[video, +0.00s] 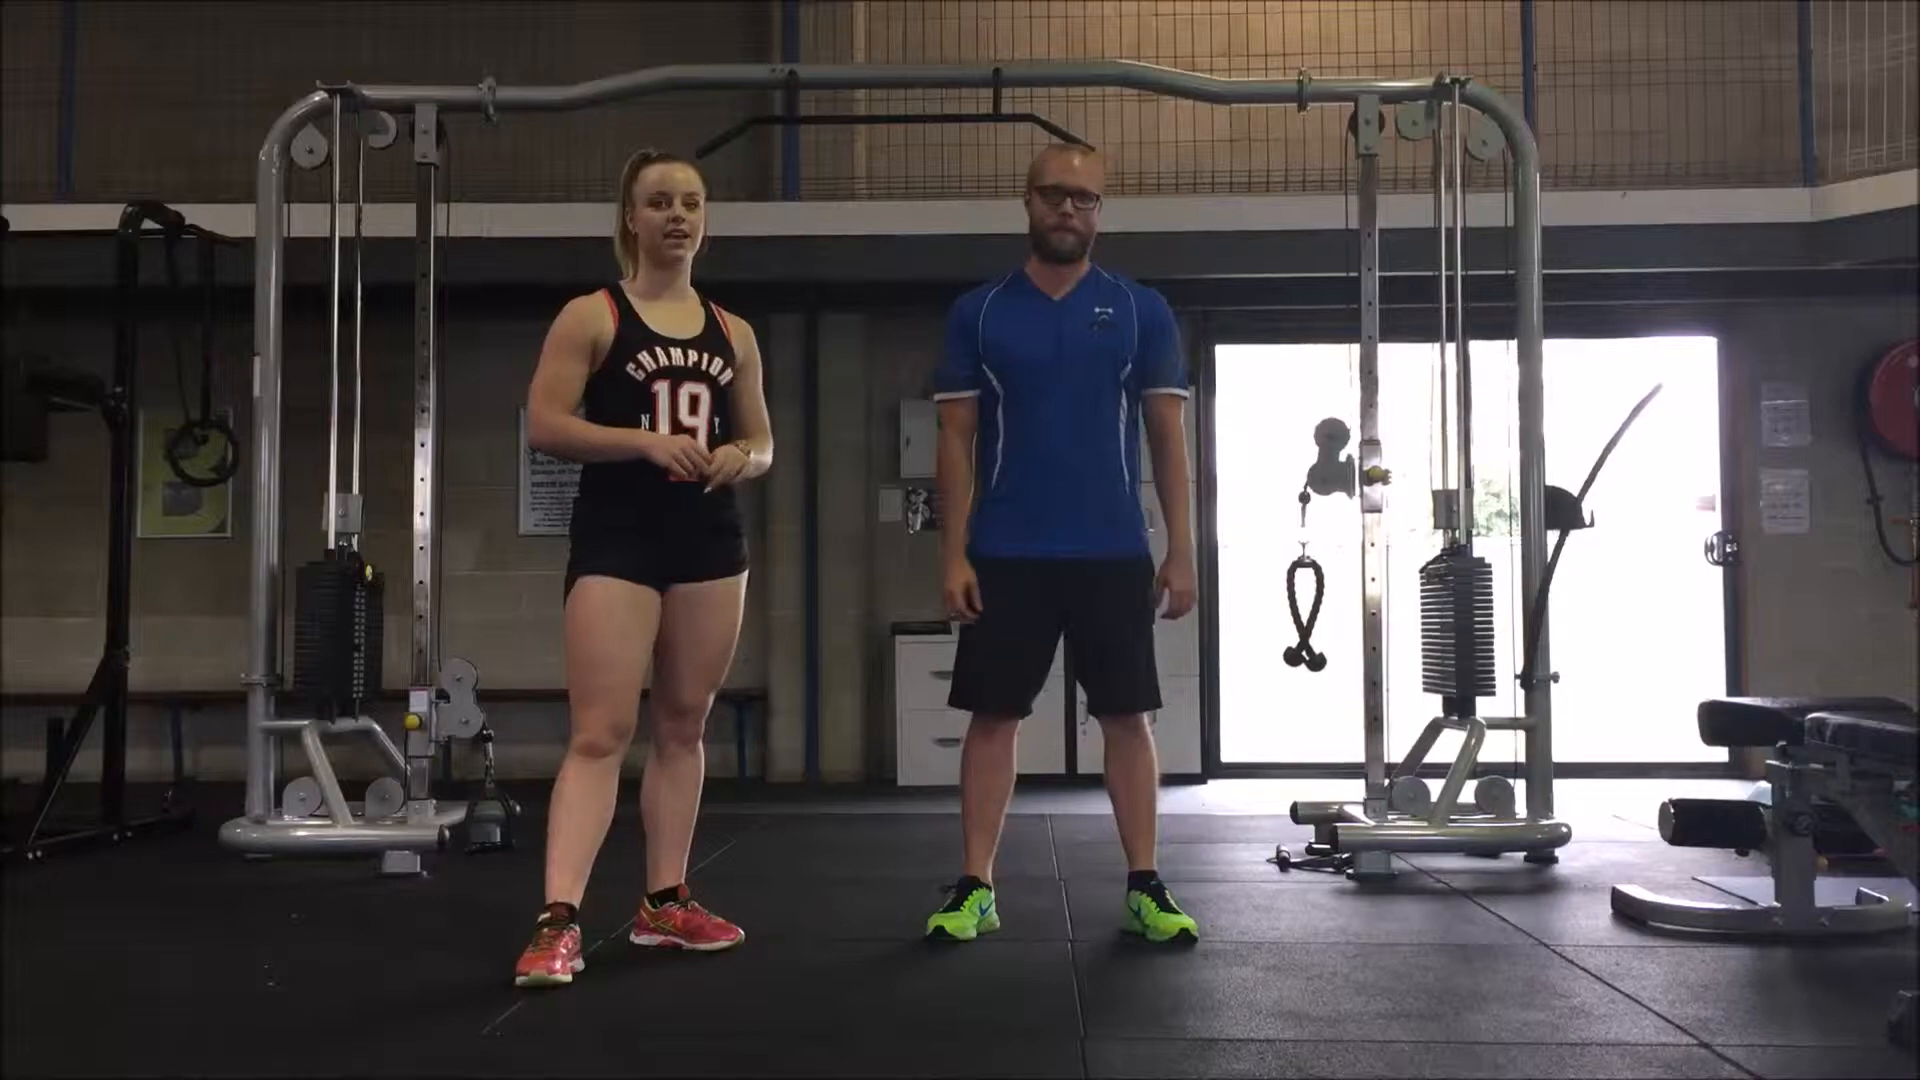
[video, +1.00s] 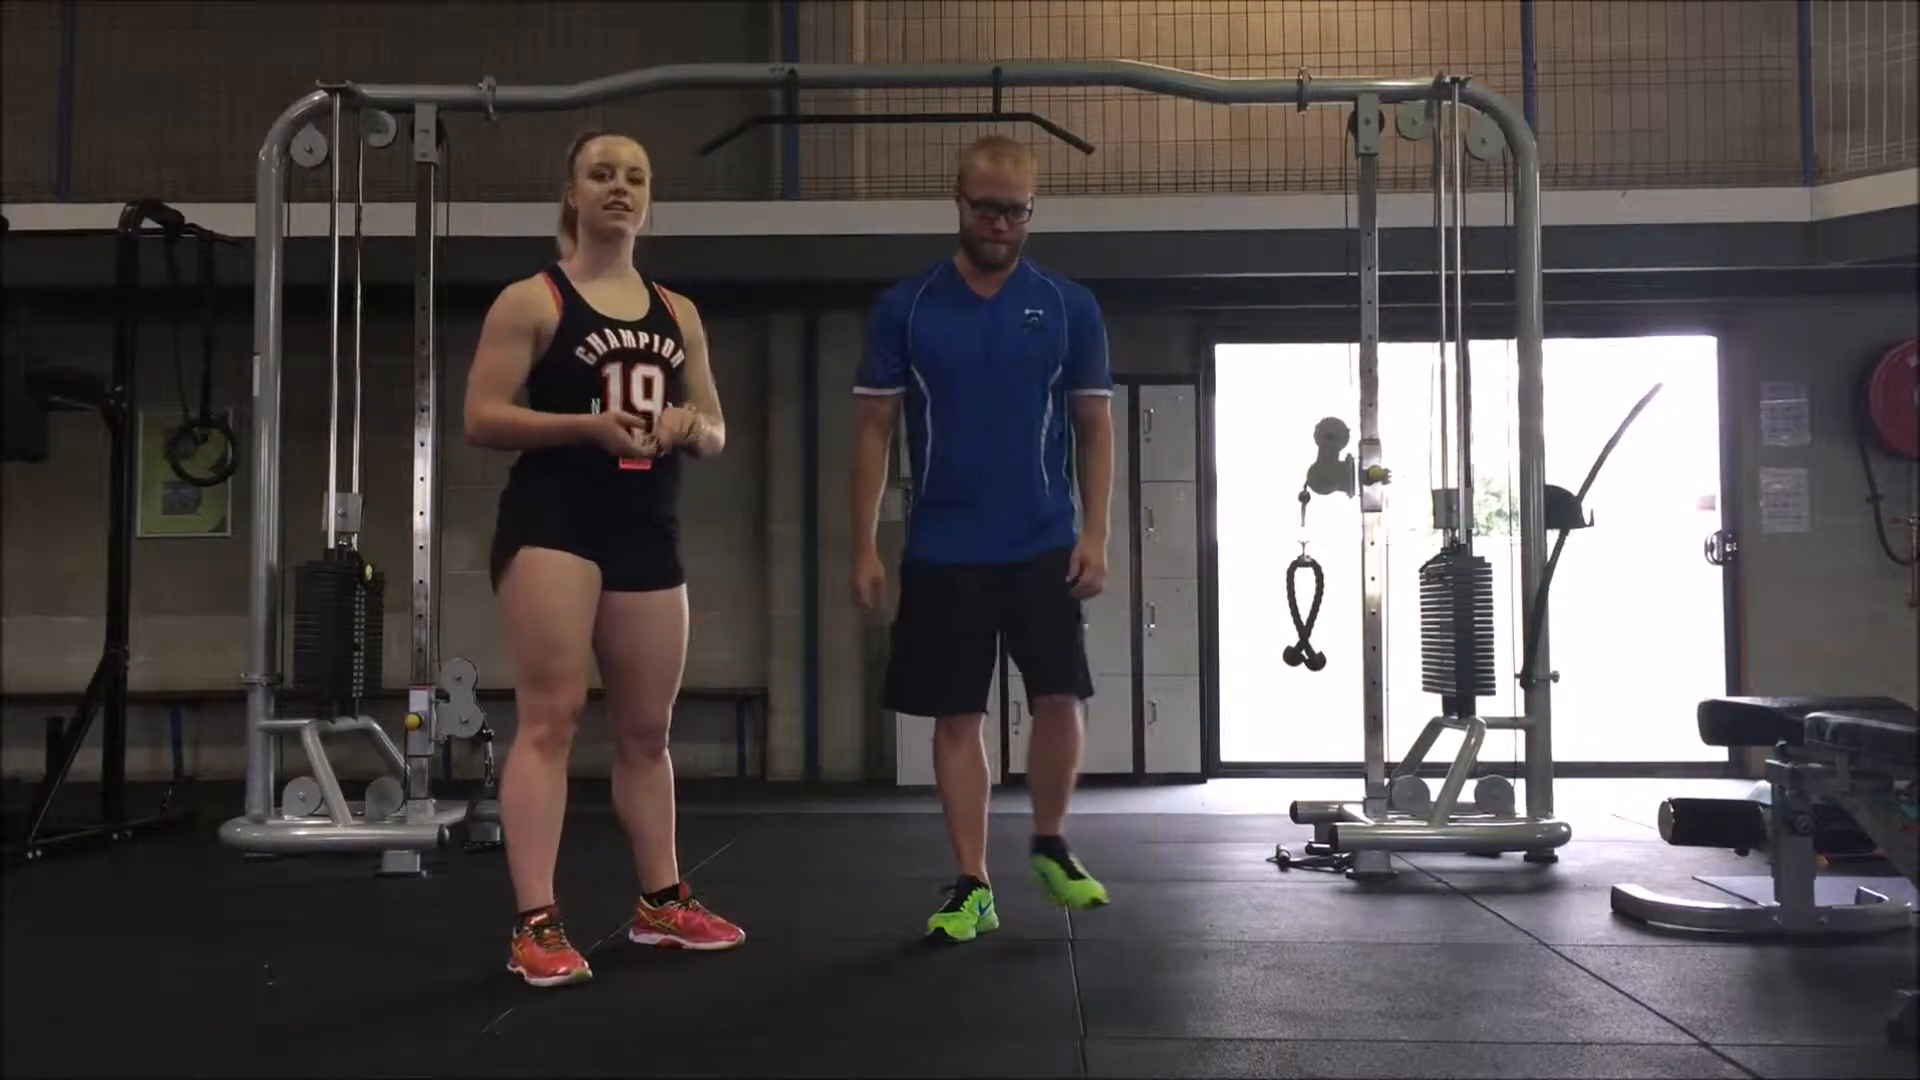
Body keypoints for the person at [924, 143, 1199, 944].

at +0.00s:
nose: (1069, 211)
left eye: (1084, 199)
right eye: (1054, 196)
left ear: (1102, 210)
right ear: (1027, 203)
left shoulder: (1140, 310)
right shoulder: (978, 313)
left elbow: (1168, 437)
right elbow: (955, 436)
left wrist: (1180, 548)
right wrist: (953, 552)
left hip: (1111, 554)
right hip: (1008, 555)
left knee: (1127, 718)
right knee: (991, 720)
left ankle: (1145, 885)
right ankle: (976, 887)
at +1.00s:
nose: (998, 222)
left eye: (1013, 209)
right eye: (984, 207)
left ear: (1033, 211)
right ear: (958, 204)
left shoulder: (1070, 308)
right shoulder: (905, 309)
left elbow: (1095, 424)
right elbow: (873, 427)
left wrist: (1095, 532)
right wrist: (864, 546)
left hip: (1042, 547)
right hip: (944, 551)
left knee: (1059, 699)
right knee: (955, 717)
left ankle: (1050, 844)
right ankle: (972, 884)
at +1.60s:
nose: (1032, 271)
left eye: (1046, 258)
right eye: (1017, 256)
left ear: (1064, 264)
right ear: (987, 258)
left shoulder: (1110, 357)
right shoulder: (945, 372)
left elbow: (1148, 467)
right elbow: (920, 494)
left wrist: (1123, 552)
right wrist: (942, 591)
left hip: (1091, 590)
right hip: (991, 593)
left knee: (1106, 735)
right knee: (974, 742)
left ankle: (1080, 862)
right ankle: (974, 891)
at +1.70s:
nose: (1076, 265)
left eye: (1090, 253)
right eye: (1061, 249)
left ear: (1107, 260)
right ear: (1030, 251)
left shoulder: (1147, 354)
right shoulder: (985, 365)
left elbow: (1187, 463)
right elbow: (961, 483)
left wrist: (1150, 513)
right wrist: (1001, 552)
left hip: (1125, 583)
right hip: (1025, 584)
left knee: (1179, 720)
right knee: (987, 741)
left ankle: (1180, 864)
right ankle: (976, 890)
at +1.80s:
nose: (1142, 229)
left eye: (1156, 216)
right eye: (1127, 213)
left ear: (1171, 221)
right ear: (1095, 212)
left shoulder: (1210, 316)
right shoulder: (1046, 324)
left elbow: (1247, 429)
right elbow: (1013, 438)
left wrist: (1204, 451)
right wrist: (1064, 486)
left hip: (1181, 554)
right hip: (1075, 557)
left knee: (1260, 685)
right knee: (1018, 716)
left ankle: (1298, 851)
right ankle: (975, 880)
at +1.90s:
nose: (1220, 208)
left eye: (1233, 194)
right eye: (1205, 191)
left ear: (1248, 197)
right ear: (1172, 187)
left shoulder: (1284, 283)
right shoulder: (1115, 290)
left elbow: (1320, 404)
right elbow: (1081, 407)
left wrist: (1269, 418)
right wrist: (1129, 446)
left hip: (1249, 529)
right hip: (1141, 530)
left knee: (1333, 681)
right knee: (1068, 686)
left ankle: (1405, 856)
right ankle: (998, 846)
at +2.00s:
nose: (1294, 221)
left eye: (1308, 208)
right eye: (1279, 205)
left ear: (1325, 209)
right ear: (1245, 201)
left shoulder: (1364, 304)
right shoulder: (1193, 304)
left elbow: (1391, 419)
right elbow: (1148, 424)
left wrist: (1336, 432)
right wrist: (1192, 455)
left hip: (1325, 551)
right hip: (1215, 547)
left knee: (1401, 711)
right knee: (1130, 694)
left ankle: (1441, 891)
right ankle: (1061, 827)